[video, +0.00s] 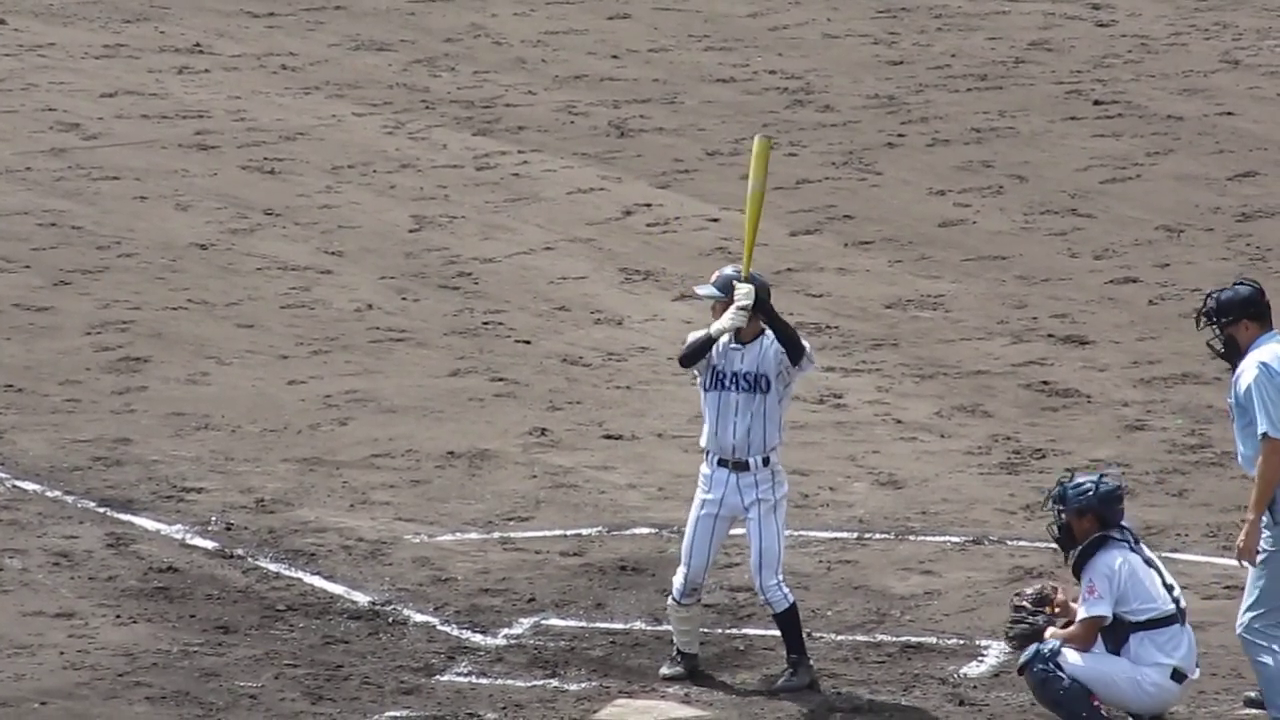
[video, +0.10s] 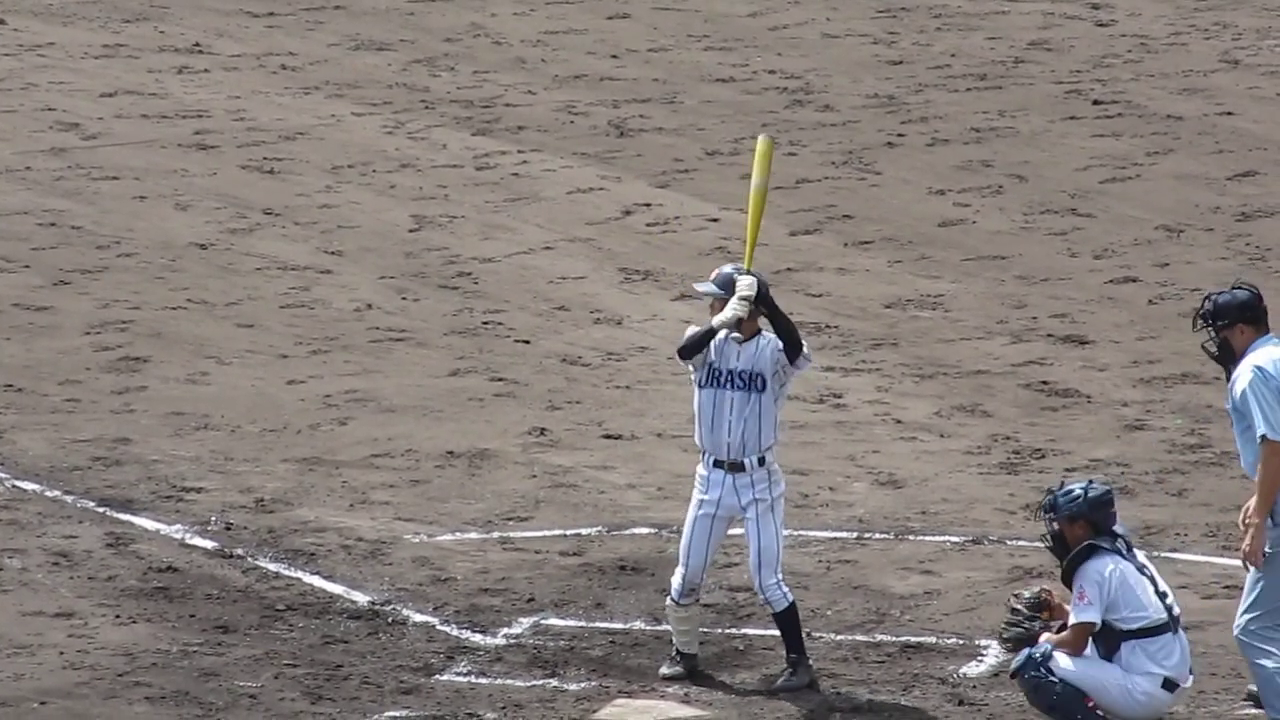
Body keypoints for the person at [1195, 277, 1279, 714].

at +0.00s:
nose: (1221, 335)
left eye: (1224, 327)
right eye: (1221, 326)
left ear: (1243, 326)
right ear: (1258, 321)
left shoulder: (1258, 369)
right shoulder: (1269, 354)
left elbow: (1270, 448)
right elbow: (1269, 448)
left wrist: (1253, 520)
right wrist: (1256, 518)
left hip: (1274, 519)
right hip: (1271, 517)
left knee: (1255, 627)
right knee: (1262, 617)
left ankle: (1274, 702)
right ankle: (1273, 692)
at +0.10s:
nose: (1217, 338)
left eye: (1220, 330)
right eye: (1217, 330)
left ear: (1236, 330)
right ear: (1257, 323)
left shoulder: (1253, 372)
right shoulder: (1271, 355)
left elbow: (1271, 449)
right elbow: (1272, 447)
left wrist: (1258, 527)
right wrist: (1257, 501)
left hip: (1276, 523)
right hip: (1272, 519)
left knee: (1253, 631)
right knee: (1263, 617)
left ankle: (1275, 704)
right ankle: (1271, 690)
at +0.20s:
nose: (1212, 338)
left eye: (1216, 330)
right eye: (1213, 330)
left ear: (1234, 334)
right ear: (1254, 329)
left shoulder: (1254, 376)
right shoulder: (1270, 359)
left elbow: (1272, 454)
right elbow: (1275, 447)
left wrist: (1262, 530)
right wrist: (1256, 493)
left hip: (1278, 527)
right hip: (1275, 522)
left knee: (1259, 631)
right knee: (1262, 627)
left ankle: (1275, 710)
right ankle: (1273, 707)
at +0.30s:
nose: (1207, 337)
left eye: (1212, 329)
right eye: (1208, 329)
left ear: (1232, 333)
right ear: (1245, 329)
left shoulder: (1257, 373)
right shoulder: (1265, 358)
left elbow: (1274, 452)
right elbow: (1272, 438)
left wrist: (1264, 525)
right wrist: (1256, 476)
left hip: (1279, 526)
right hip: (1276, 520)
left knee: (1266, 624)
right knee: (1268, 622)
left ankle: (1277, 704)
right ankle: (1275, 702)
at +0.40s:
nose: (1203, 343)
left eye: (1207, 335)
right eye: (1204, 334)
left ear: (1227, 339)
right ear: (1242, 334)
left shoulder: (1250, 378)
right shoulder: (1264, 362)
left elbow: (1276, 450)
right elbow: (1275, 441)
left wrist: (1267, 526)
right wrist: (1260, 475)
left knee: (1271, 627)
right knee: (1270, 625)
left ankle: (1277, 704)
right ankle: (1275, 703)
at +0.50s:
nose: (1199, 349)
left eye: (1203, 341)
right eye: (1199, 341)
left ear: (1221, 343)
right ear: (1238, 338)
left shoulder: (1244, 381)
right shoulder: (1264, 364)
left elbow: (1274, 452)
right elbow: (1275, 446)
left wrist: (1272, 531)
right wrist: (1263, 480)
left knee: (1272, 628)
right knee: (1272, 625)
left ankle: (1277, 705)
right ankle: (1276, 704)